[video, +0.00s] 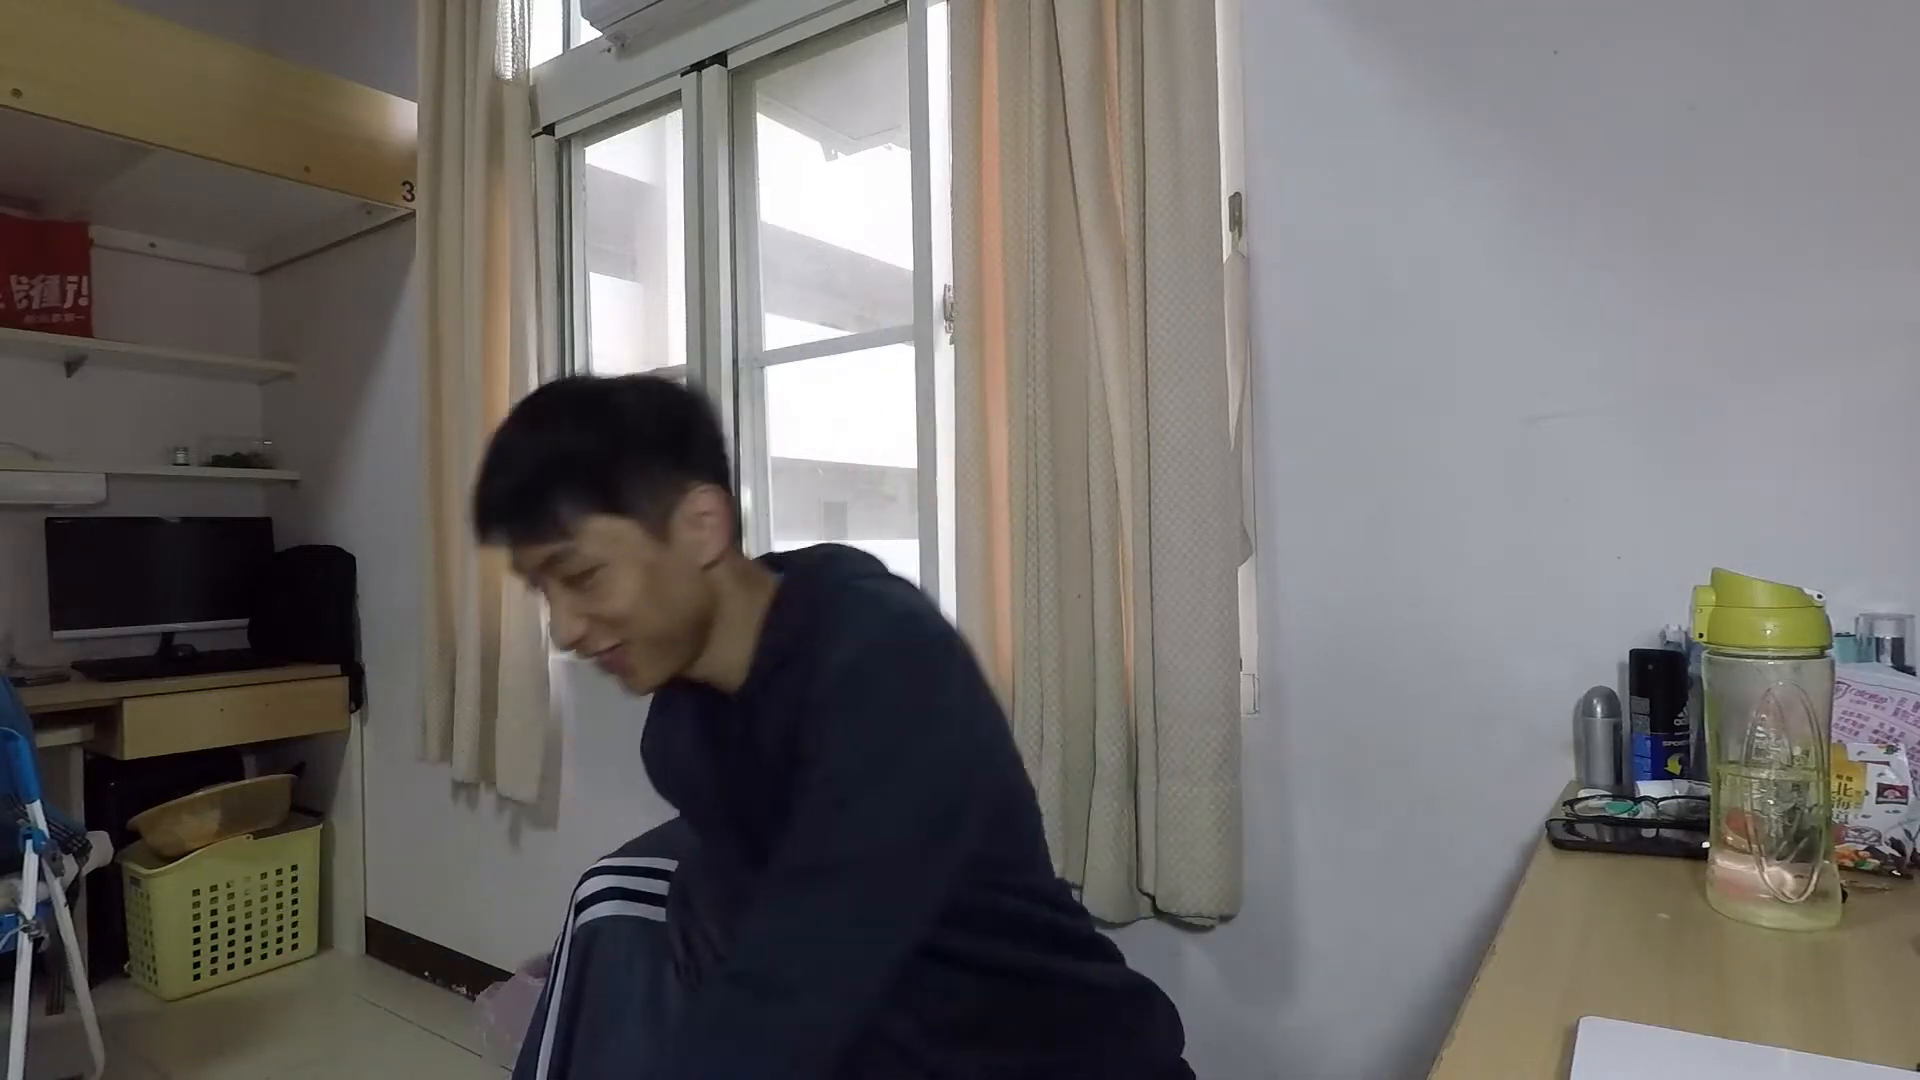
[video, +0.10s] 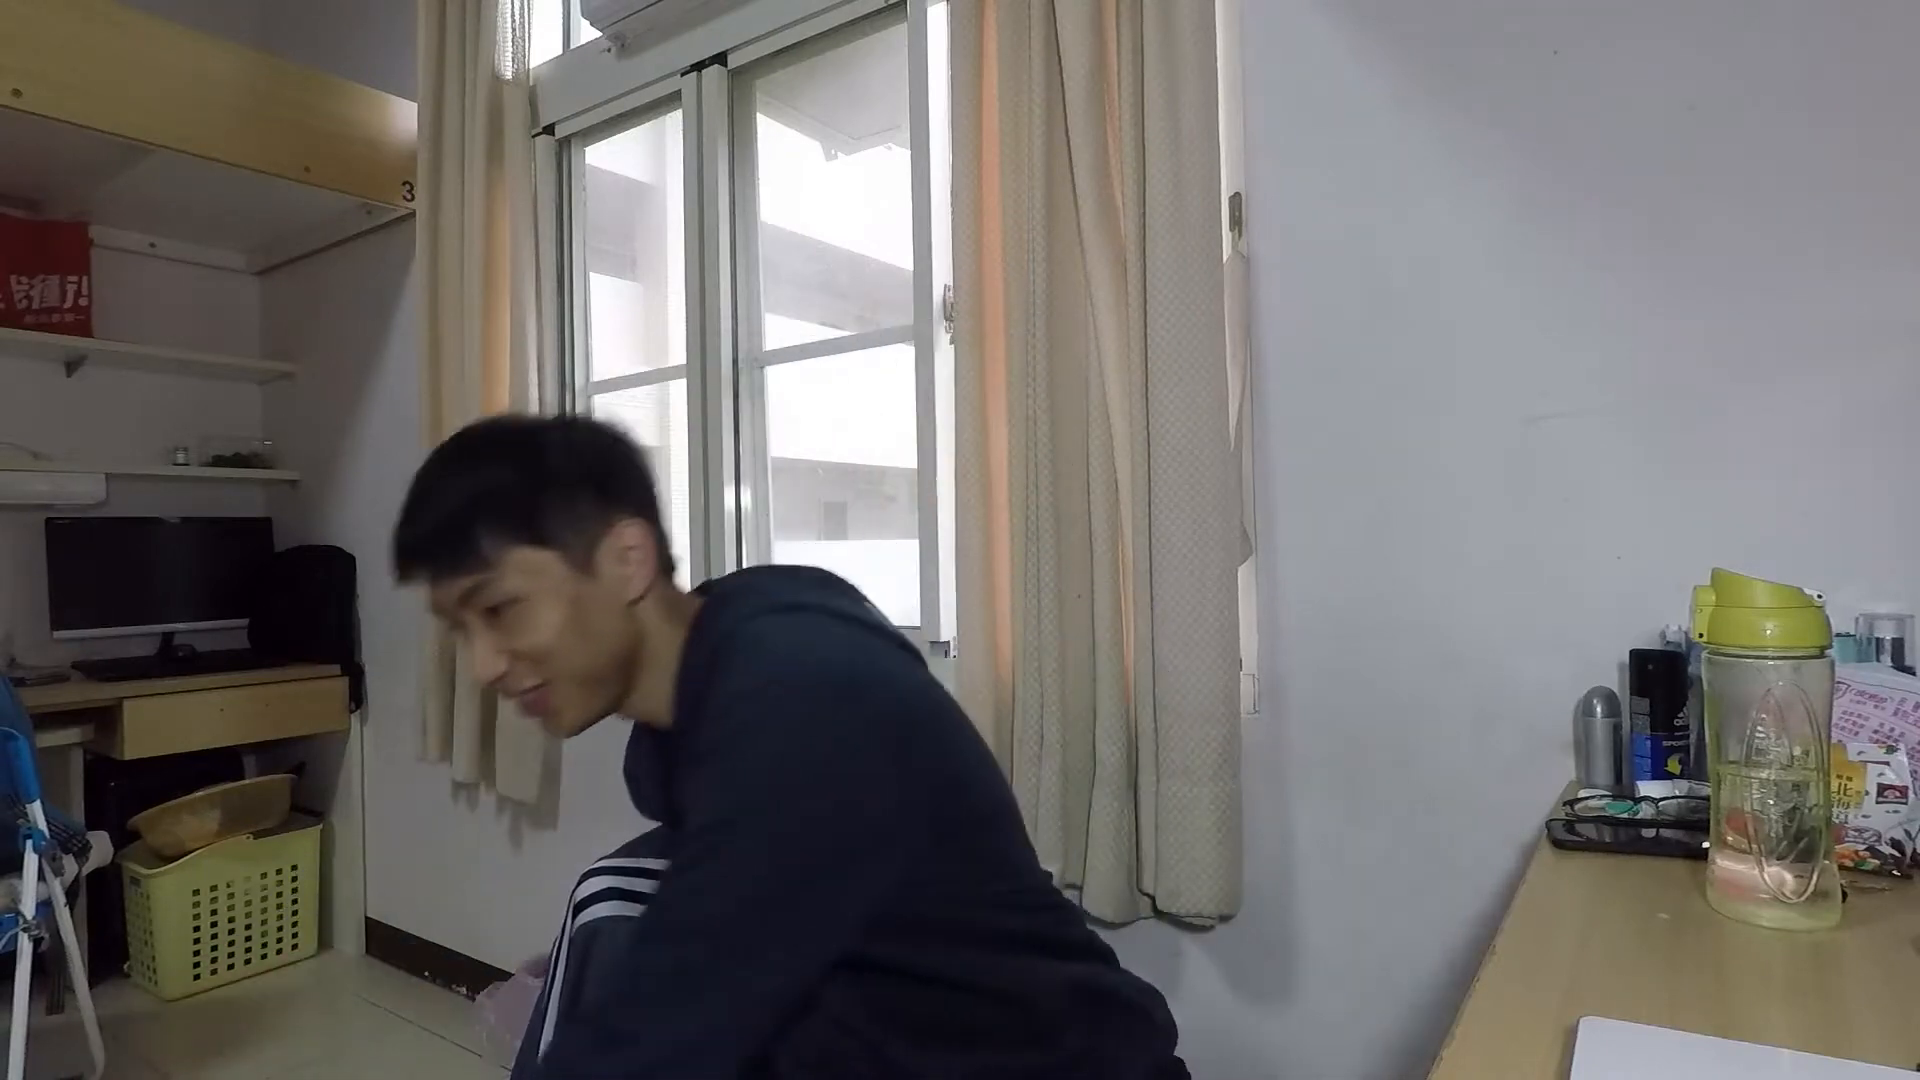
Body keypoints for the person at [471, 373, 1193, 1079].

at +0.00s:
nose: (564, 630)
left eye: (581, 576)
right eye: (541, 592)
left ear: (704, 526)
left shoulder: (882, 656)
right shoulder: (681, 732)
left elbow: (791, 1003)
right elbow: (741, 958)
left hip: (1060, 1045)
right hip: (890, 1039)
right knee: (617, 895)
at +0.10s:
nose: (485, 668)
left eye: (501, 612)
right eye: (462, 633)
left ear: (629, 563)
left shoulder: (795, 683)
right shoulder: (675, 729)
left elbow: (668, 1026)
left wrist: (575, 989)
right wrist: (570, 981)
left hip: (1061, 1050)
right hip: (931, 1045)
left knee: (620, 898)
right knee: (623, 886)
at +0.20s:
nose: (421, 716)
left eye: (440, 651)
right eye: (393, 681)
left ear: (572, 598)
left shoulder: (703, 764)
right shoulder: (716, 684)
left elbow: (560, 1068)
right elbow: (628, 903)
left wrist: (538, 1015)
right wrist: (553, 997)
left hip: (1028, 1060)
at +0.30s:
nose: (380, 758)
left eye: (398, 690)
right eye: (347, 724)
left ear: (540, 630)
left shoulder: (658, 812)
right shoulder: (694, 688)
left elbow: (564, 1063)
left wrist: (536, 1012)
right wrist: (565, 995)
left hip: (1036, 1054)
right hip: (1079, 1016)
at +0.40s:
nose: (389, 774)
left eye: (412, 699)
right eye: (344, 740)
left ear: (541, 639)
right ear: (327, 753)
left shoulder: (681, 801)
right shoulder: (669, 704)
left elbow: (565, 1064)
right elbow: (594, 925)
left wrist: (536, 1012)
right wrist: (556, 991)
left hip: (1048, 1053)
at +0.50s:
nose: (415, 767)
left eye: (446, 690)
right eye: (366, 726)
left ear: (566, 634)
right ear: (344, 736)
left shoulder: (707, 789)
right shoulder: (673, 701)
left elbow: (581, 1061)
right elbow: (597, 927)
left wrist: (535, 1022)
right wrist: (551, 1005)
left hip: (1054, 1052)